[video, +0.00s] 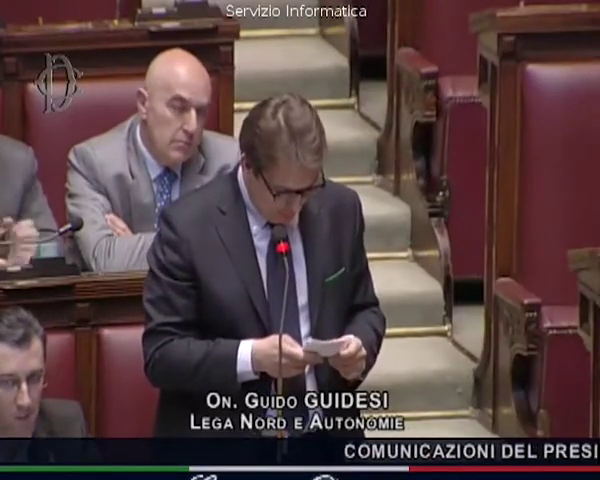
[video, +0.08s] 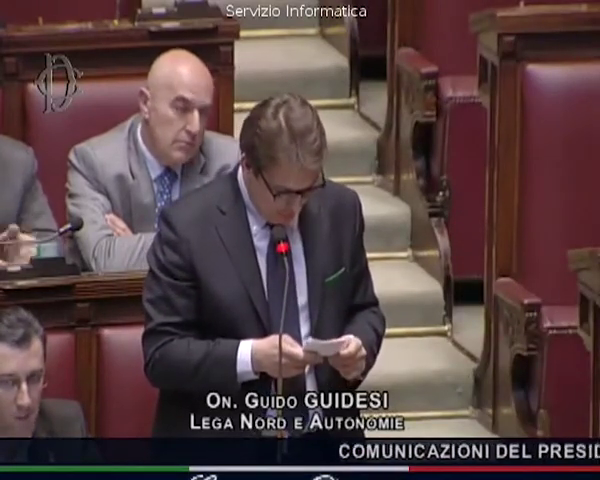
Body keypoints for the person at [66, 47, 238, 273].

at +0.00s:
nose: (192, 127)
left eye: (201, 111)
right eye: (178, 108)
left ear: (208, 109)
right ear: (143, 104)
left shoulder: (231, 156)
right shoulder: (91, 161)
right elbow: (105, 259)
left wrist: (138, 250)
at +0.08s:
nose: (195, 127)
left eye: (204, 111)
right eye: (181, 108)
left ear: (210, 109)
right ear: (145, 104)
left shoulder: (231, 156)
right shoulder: (91, 161)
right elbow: (105, 259)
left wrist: (138, 250)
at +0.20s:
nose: (197, 129)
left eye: (205, 113)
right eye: (183, 110)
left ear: (212, 108)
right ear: (147, 105)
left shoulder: (232, 157)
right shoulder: (92, 161)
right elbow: (105, 259)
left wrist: (139, 250)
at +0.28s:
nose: (199, 130)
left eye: (206, 113)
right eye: (184, 112)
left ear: (212, 108)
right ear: (147, 106)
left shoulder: (230, 156)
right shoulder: (93, 160)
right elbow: (105, 259)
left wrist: (139, 250)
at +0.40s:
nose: (201, 130)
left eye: (206, 112)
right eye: (185, 113)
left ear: (211, 105)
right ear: (146, 110)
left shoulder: (230, 156)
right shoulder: (92, 161)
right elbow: (105, 259)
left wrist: (139, 251)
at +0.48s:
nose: (201, 131)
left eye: (206, 113)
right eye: (185, 116)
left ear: (210, 105)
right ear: (146, 113)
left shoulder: (230, 156)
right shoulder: (91, 161)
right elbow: (105, 259)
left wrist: (139, 251)